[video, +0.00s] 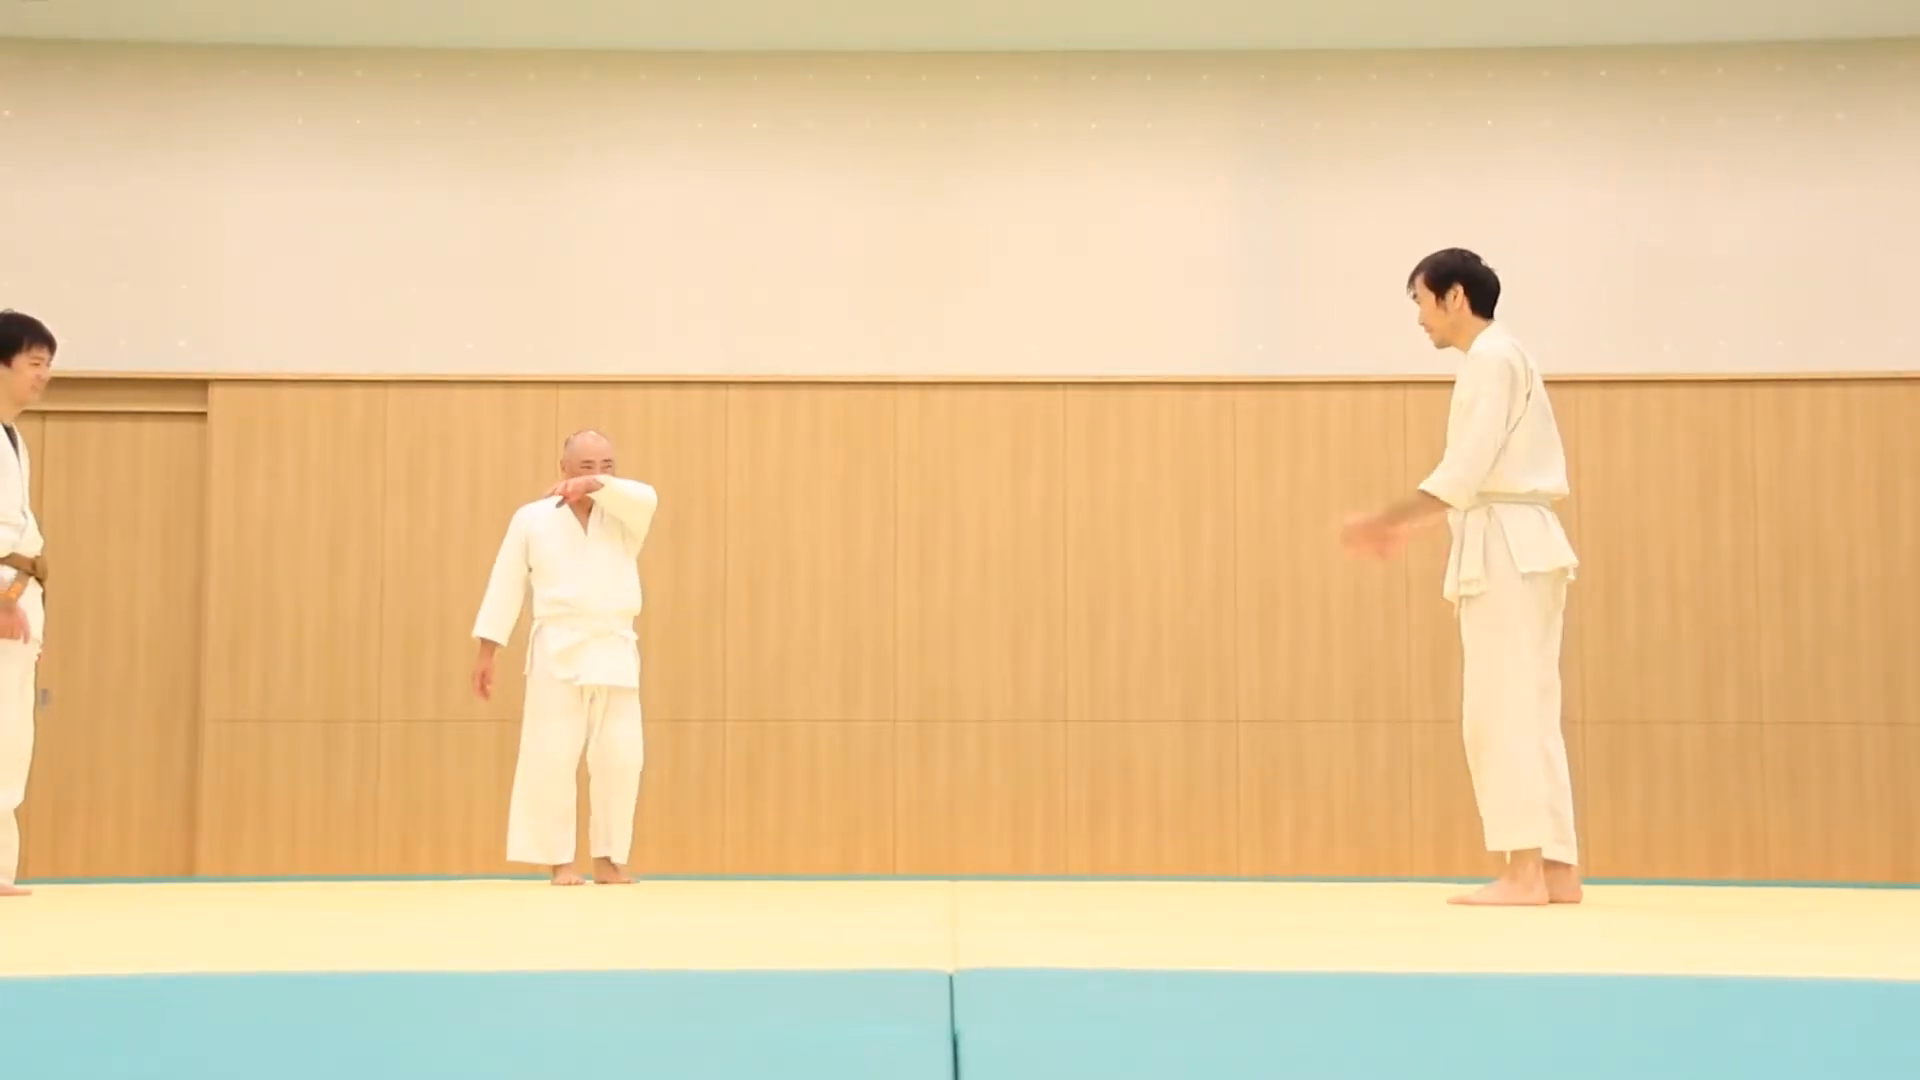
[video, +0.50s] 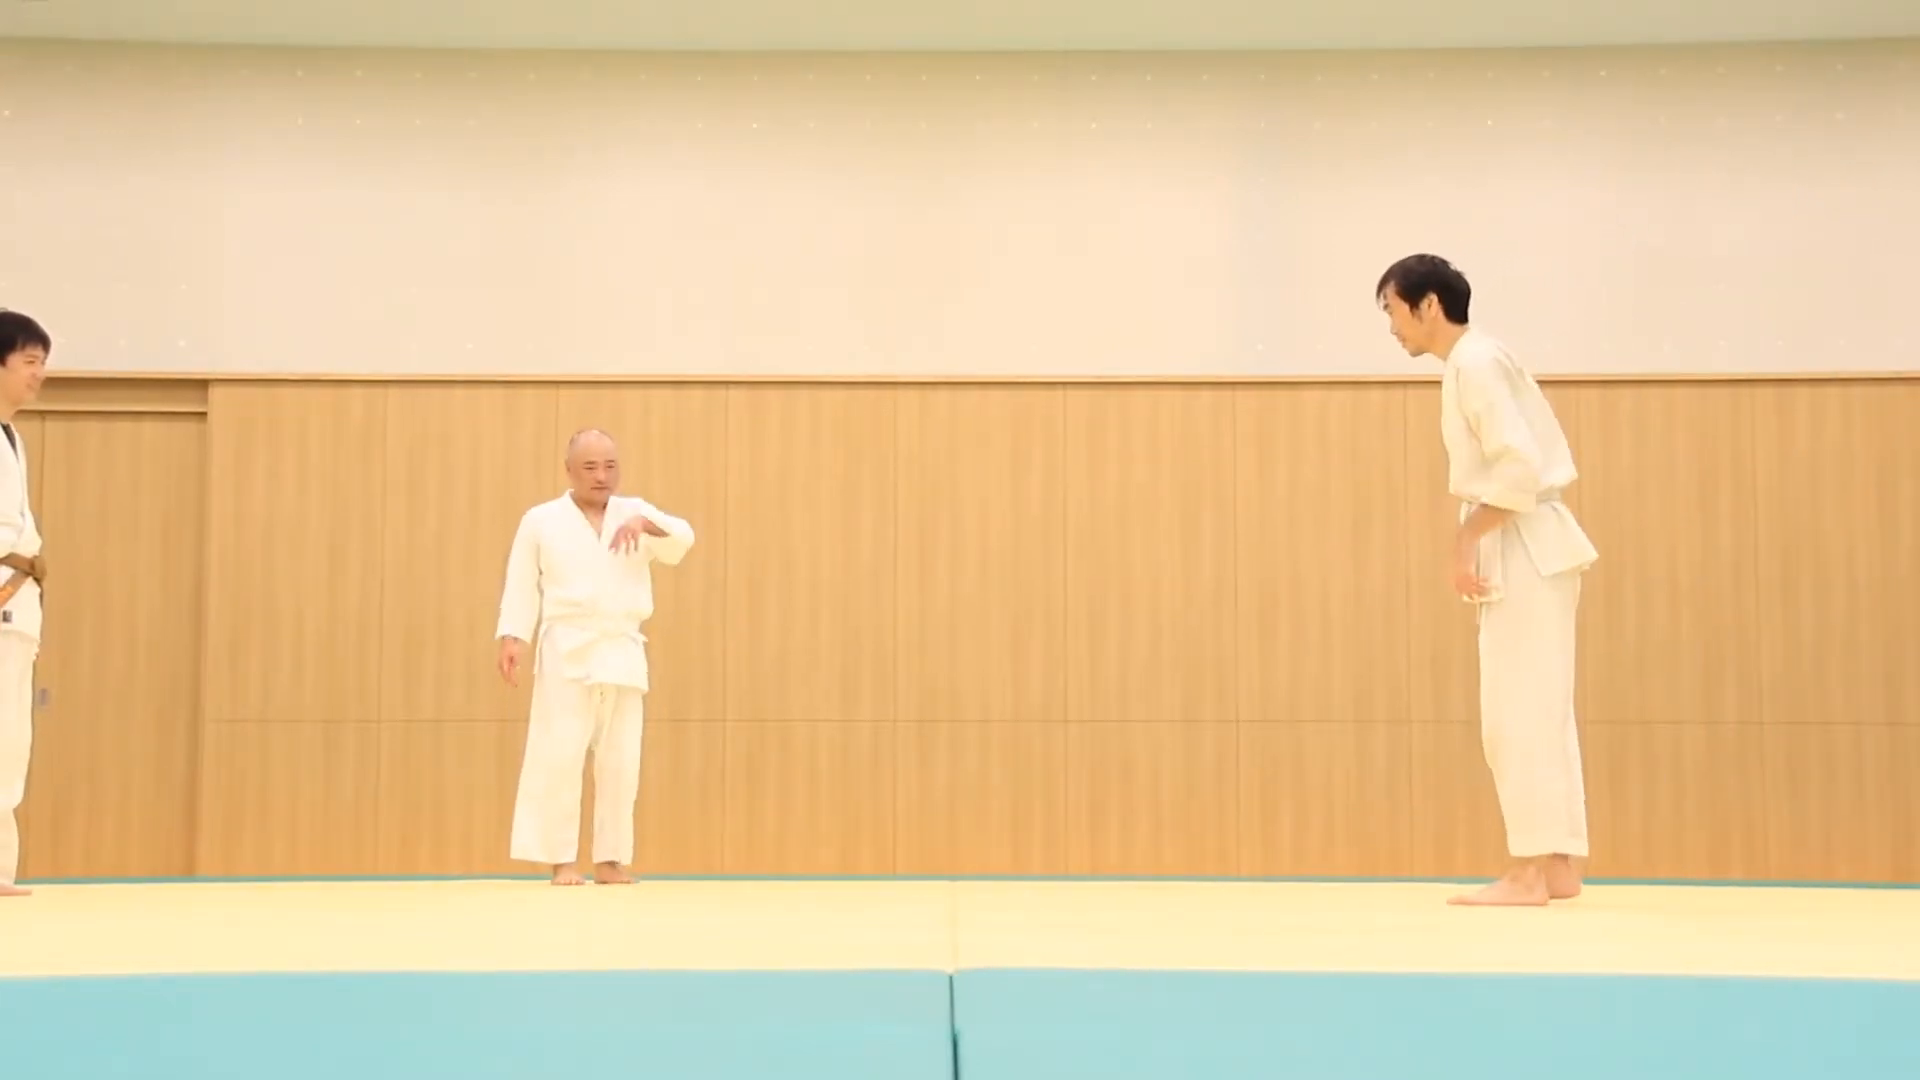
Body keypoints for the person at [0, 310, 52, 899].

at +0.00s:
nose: (44, 375)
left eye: (47, 365)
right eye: (35, 363)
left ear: (37, 370)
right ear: (5, 363)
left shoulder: (14, 441)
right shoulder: (1, 441)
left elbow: (26, 529)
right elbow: (8, 528)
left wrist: (18, 587)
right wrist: (9, 596)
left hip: (22, 601)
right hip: (6, 603)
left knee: (15, 739)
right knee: (8, 741)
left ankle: (6, 867)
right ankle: (2, 867)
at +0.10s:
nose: (44, 375)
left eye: (47, 364)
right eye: (35, 362)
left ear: (35, 369)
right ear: (5, 363)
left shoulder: (14, 441)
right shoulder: (2, 441)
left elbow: (25, 529)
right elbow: (9, 529)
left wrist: (19, 591)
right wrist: (9, 596)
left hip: (23, 600)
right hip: (7, 601)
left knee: (14, 738)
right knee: (8, 740)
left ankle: (6, 867)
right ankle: (2, 867)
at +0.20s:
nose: (44, 375)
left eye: (46, 365)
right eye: (35, 363)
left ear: (35, 370)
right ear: (4, 364)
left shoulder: (14, 440)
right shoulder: (2, 440)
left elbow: (25, 532)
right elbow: (9, 530)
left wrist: (14, 595)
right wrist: (7, 599)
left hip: (22, 601)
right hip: (8, 603)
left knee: (14, 739)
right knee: (8, 740)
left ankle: (6, 866)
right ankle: (2, 867)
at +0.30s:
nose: (43, 375)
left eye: (46, 364)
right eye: (35, 362)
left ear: (31, 369)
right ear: (5, 362)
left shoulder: (13, 439)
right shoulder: (1, 438)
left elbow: (26, 531)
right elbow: (5, 527)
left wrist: (17, 577)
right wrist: (30, 556)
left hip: (20, 607)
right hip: (9, 609)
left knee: (13, 744)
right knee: (8, 745)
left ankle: (6, 868)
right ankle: (2, 869)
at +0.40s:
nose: (43, 375)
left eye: (45, 363)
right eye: (34, 362)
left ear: (29, 367)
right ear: (5, 362)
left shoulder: (13, 439)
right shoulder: (0, 438)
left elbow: (26, 530)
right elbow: (5, 526)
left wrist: (17, 575)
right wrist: (30, 555)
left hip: (19, 610)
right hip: (8, 612)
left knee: (12, 746)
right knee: (7, 747)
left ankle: (5, 869)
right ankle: (2, 869)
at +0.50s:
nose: (40, 375)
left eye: (43, 364)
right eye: (31, 362)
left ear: (32, 369)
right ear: (1, 363)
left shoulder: (12, 440)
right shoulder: (1, 440)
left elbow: (25, 529)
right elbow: (7, 528)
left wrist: (16, 575)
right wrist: (30, 557)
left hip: (20, 611)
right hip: (10, 613)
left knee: (13, 747)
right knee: (8, 748)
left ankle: (7, 869)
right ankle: (3, 869)